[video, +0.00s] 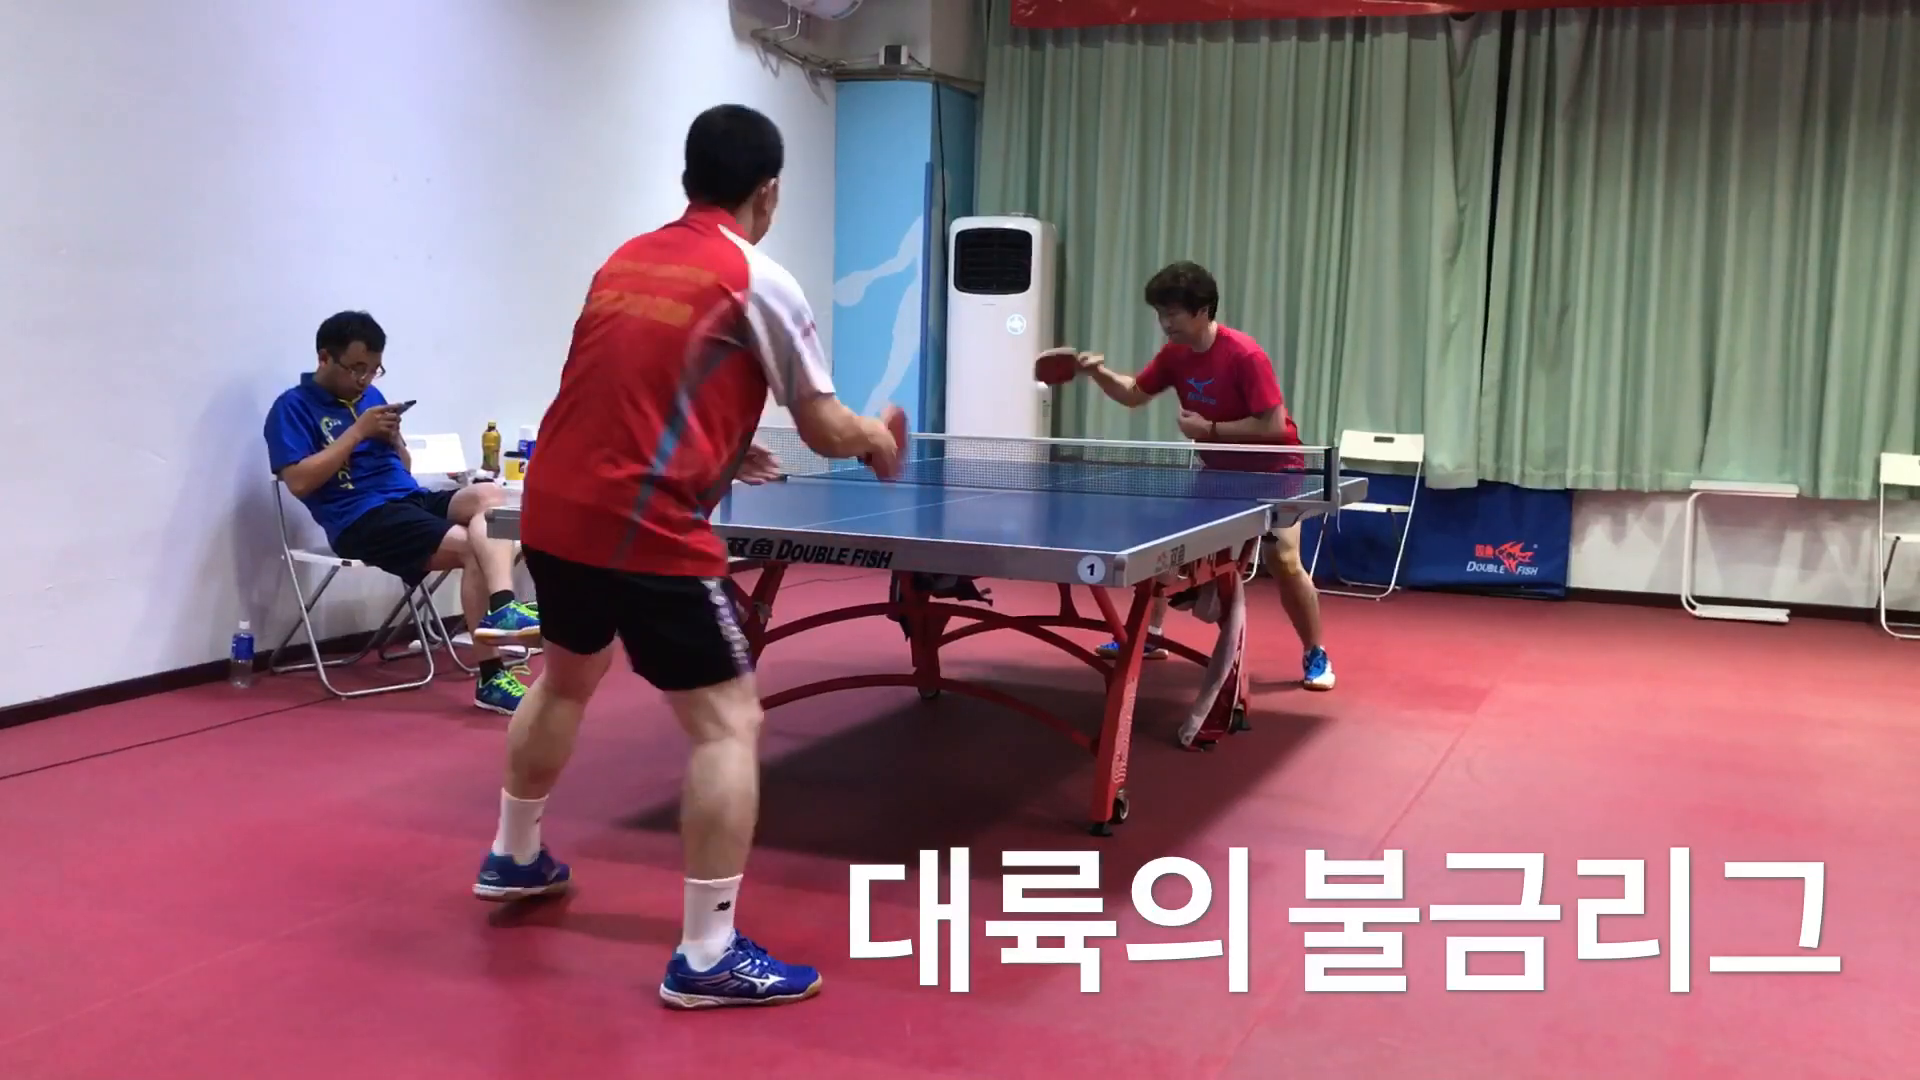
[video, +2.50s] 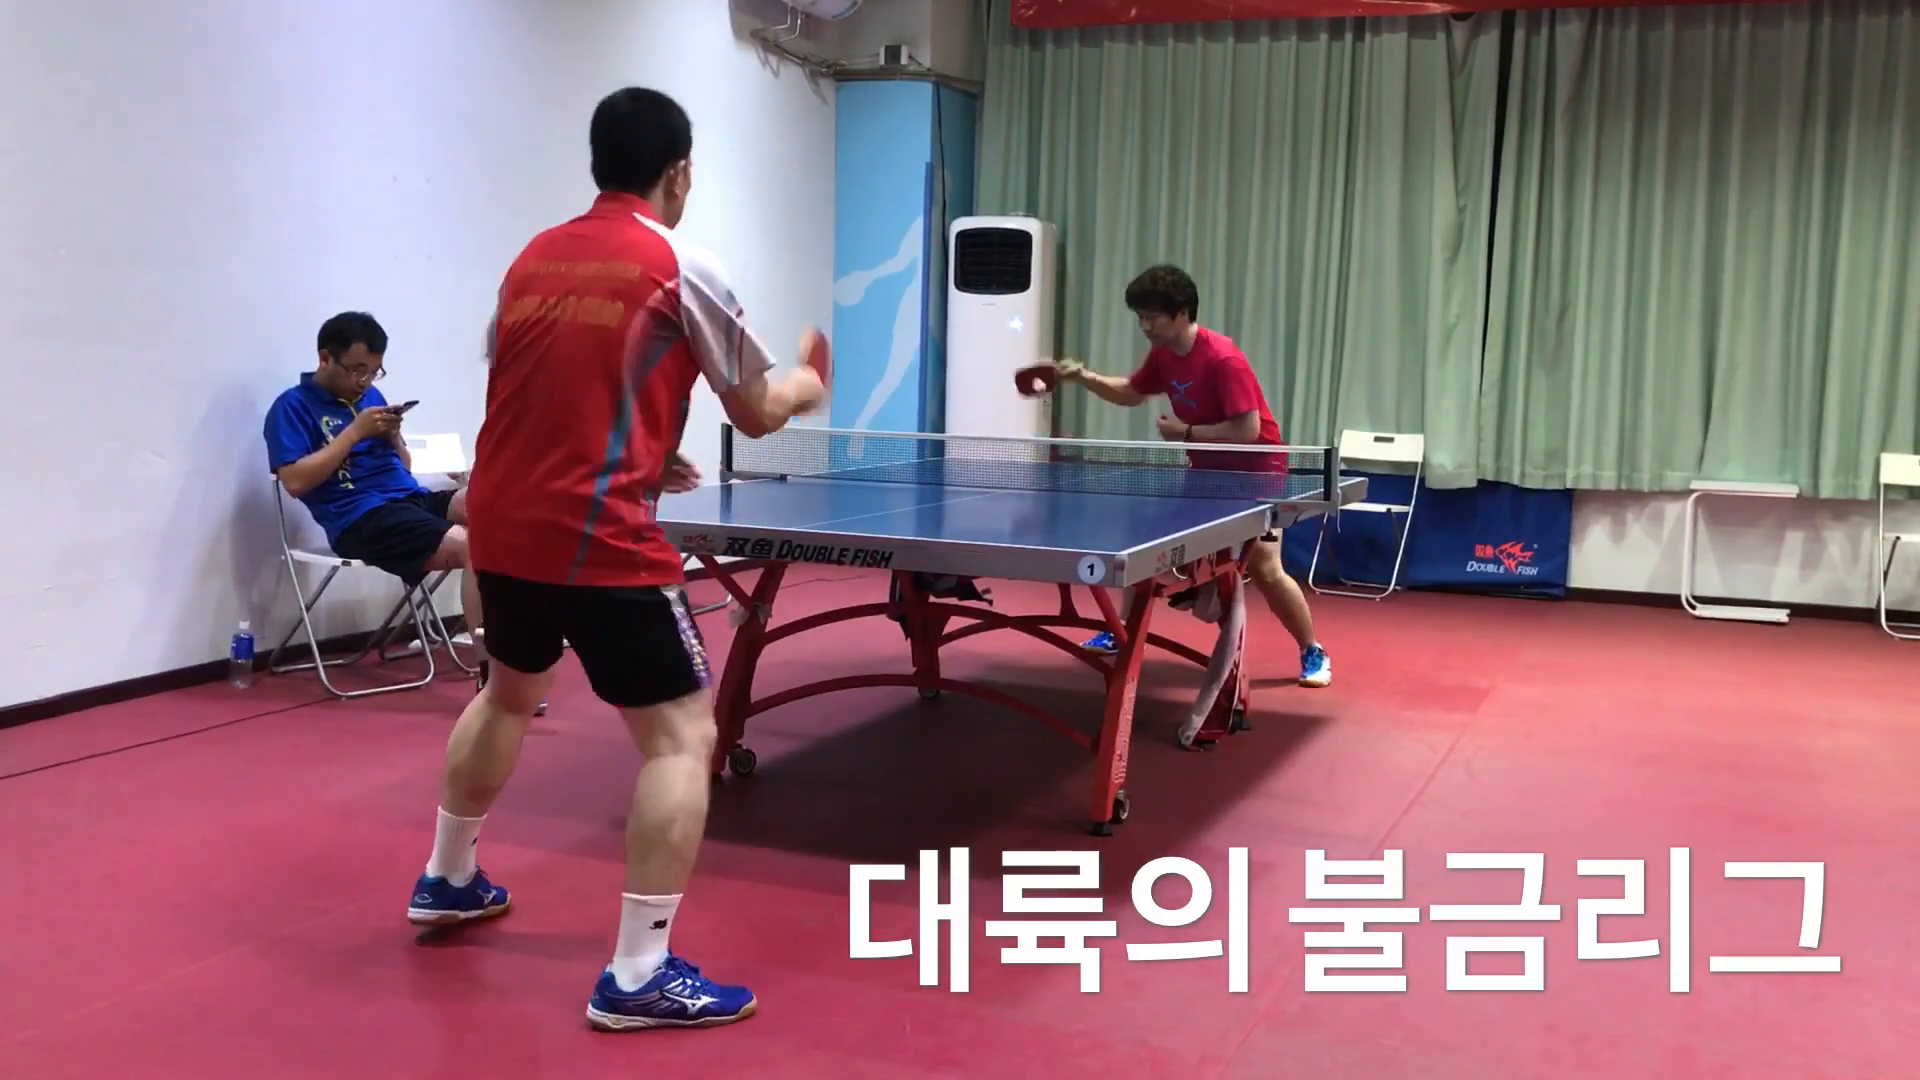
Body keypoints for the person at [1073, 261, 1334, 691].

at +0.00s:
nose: (1164, 324)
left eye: (1172, 315)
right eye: (1160, 315)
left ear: (1202, 311)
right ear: (1162, 315)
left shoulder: (1246, 355)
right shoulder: (1175, 355)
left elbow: (1272, 425)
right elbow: (1134, 394)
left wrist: (1209, 429)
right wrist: (1098, 371)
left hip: (1274, 472)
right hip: (1218, 472)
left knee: (1285, 561)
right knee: (1165, 544)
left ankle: (1315, 653)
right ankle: (1148, 633)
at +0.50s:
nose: (1149, 307)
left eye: (1158, 297)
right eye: (1142, 298)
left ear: (1185, 298)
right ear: (1137, 301)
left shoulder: (1219, 345)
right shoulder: (1151, 348)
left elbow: (1250, 413)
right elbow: (1141, 403)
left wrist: (1186, 419)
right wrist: (1091, 413)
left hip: (1246, 468)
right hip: (1191, 468)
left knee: (1271, 557)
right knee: (1150, 541)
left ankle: (1312, 650)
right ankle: (1129, 628)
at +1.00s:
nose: (1156, 311)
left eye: (1165, 301)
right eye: (1150, 302)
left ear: (1193, 300)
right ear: (1146, 304)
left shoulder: (1235, 344)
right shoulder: (1150, 350)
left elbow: (1269, 409)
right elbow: (1100, 400)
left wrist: (1208, 418)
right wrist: (1093, 370)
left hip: (1255, 468)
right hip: (1197, 469)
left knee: (1279, 555)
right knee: (1148, 542)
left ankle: (1314, 652)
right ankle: (1126, 633)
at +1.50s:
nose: (1128, 330)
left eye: (1136, 321)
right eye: (1123, 321)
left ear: (1166, 316)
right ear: (1120, 321)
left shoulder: (1196, 361)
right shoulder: (1158, 356)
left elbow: (1226, 430)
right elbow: (1169, 402)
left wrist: (1171, 434)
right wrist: (1115, 410)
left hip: (1247, 473)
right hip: (1199, 472)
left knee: (1256, 572)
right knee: (1139, 539)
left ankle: (1311, 652)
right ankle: (1128, 631)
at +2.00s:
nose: (1159, 311)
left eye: (1169, 301)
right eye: (1152, 302)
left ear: (1194, 301)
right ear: (1147, 305)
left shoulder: (1234, 346)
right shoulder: (1146, 355)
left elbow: (1267, 411)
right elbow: (1108, 419)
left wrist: (1207, 422)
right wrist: (1110, 386)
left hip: (1244, 473)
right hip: (1184, 474)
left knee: (1270, 555)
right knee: (1134, 548)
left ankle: (1313, 652)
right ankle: (1122, 634)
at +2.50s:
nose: (1144, 326)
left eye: (1151, 318)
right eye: (1141, 318)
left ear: (1180, 314)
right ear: (1141, 317)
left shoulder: (1222, 359)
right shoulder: (1163, 355)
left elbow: (1247, 429)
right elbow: (1130, 392)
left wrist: (1187, 431)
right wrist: (1082, 376)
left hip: (1256, 473)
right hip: (1206, 472)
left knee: (1266, 570)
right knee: (1153, 544)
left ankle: (1312, 650)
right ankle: (1126, 632)